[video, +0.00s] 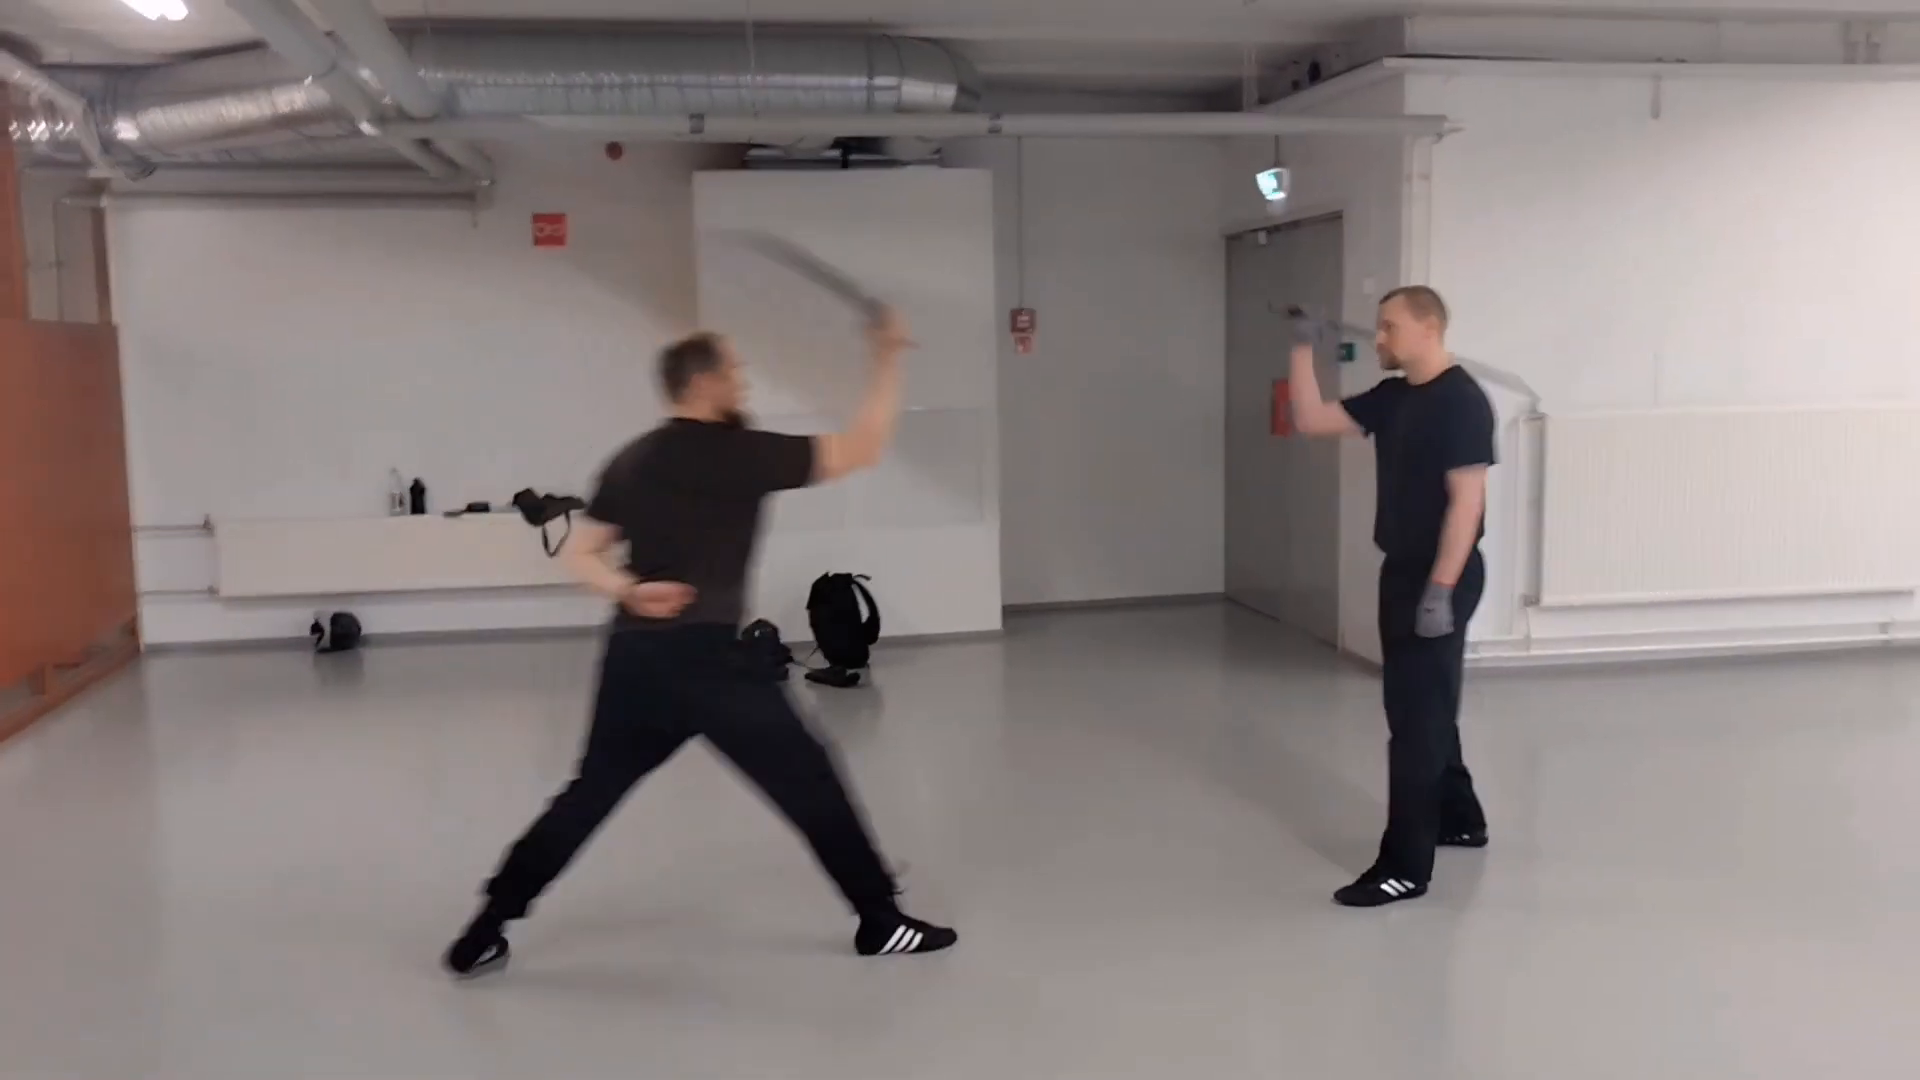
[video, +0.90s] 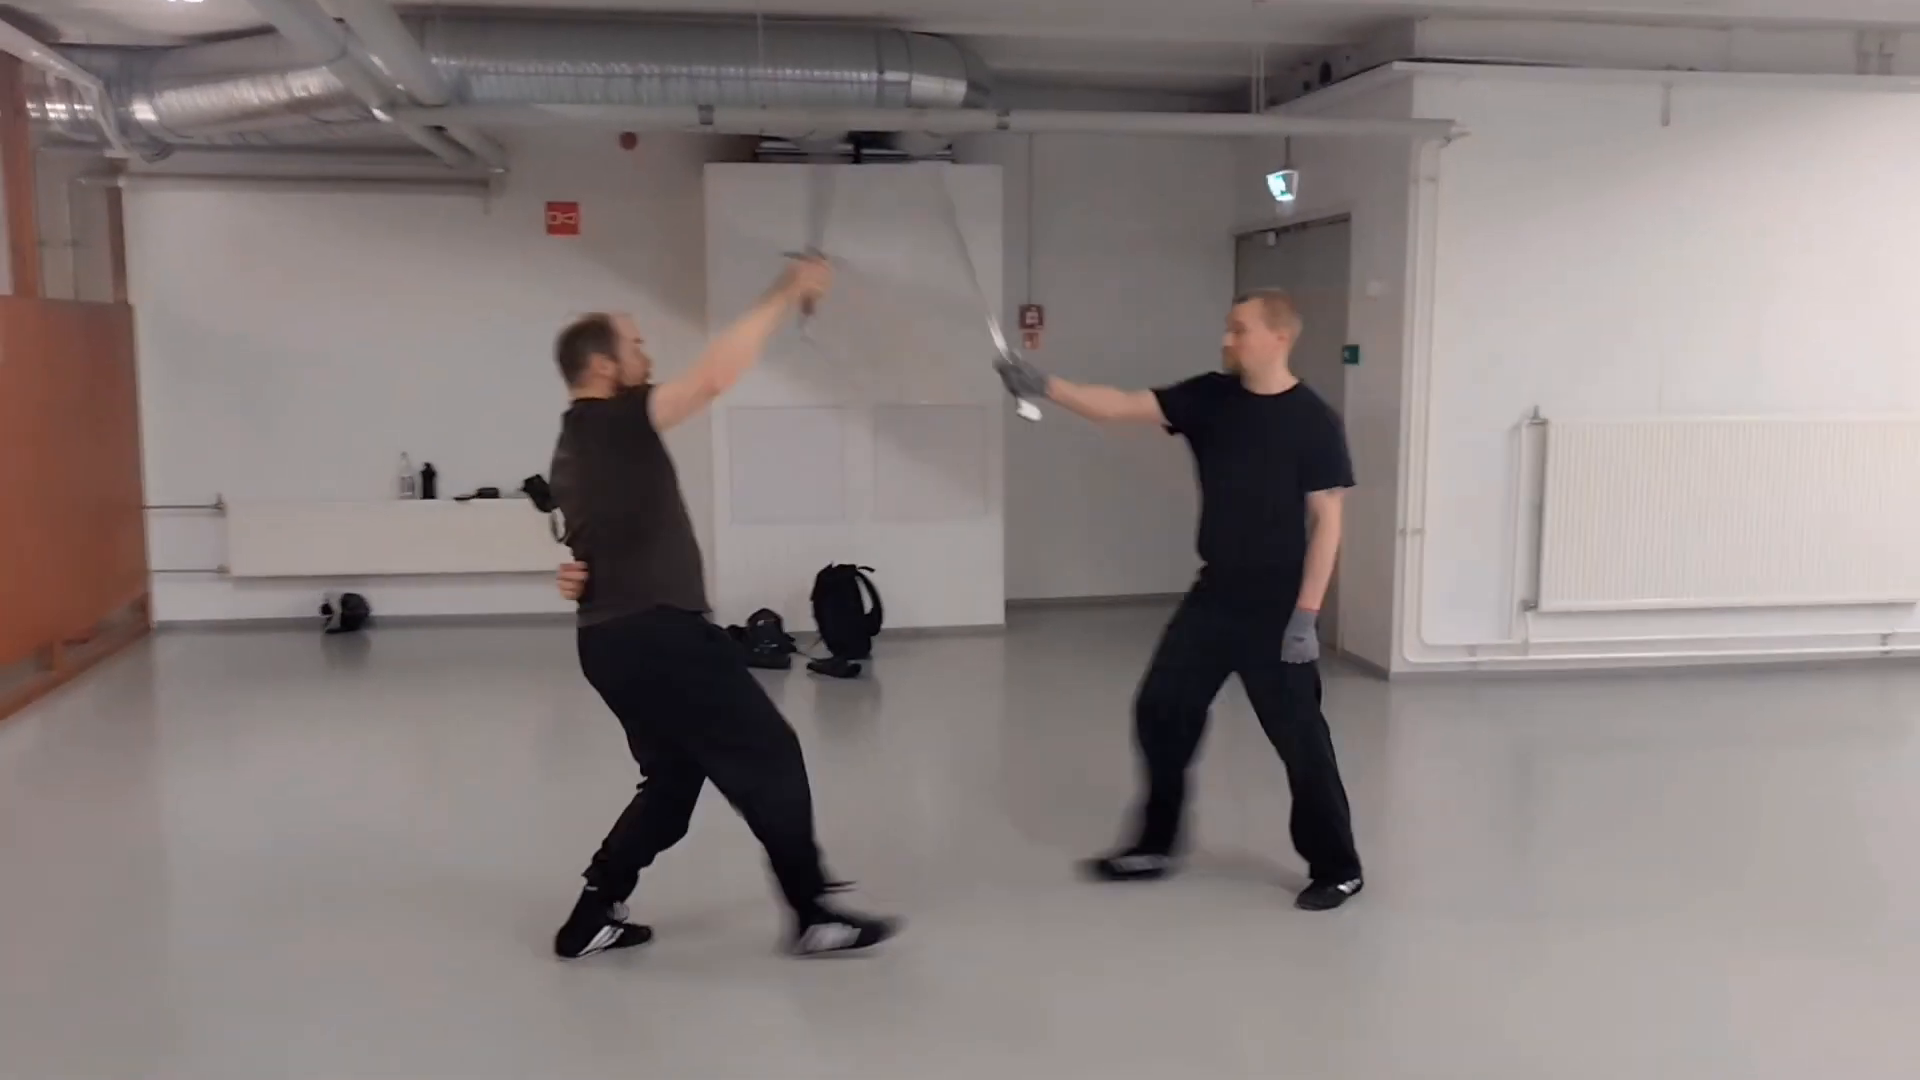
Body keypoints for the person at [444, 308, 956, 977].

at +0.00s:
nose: (741, 380)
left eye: (735, 368)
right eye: (731, 369)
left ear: (678, 386)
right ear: (704, 381)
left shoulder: (638, 459)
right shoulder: (740, 452)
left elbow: (578, 555)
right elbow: (859, 451)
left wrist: (628, 590)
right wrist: (887, 358)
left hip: (637, 662)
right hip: (714, 663)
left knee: (587, 798)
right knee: (809, 783)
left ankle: (484, 927)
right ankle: (881, 919)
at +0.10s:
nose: (796, 383)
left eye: (792, 369)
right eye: (789, 370)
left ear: (726, 384)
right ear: (766, 380)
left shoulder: (679, 453)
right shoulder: (794, 455)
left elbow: (624, 542)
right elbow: (909, 465)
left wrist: (673, 580)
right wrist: (960, 390)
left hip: (677, 656)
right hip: (763, 651)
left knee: (638, 790)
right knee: (853, 765)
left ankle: (544, 924)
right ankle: (894, 920)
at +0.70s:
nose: (745, 362)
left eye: (739, 349)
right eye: (734, 351)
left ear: (686, 372)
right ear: (704, 367)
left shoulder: (659, 446)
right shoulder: (742, 435)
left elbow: (629, 542)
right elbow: (858, 466)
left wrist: (643, 574)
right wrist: (926, 423)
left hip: (674, 647)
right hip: (743, 643)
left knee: (696, 789)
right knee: (828, 773)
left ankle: (584, 921)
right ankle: (892, 918)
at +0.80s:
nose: (694, 361)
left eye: (688, 349)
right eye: (682, 351)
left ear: (632, 371)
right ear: (650, 365)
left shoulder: (615, 442)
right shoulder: (680, 417)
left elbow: (605, 532)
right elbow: (780, 405)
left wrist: (599, 565)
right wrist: (857, 352)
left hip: (638, 644)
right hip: (696, 638)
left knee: (677, 788)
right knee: (783, 773)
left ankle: (583, 922)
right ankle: (871, 911)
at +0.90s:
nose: (648, 356)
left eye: (641, 346)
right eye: (635, 346)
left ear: (587, 370)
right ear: (599, 365)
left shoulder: (573, 444)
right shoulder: (620, 417)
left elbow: (593, 531)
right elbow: (717, 372)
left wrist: (583, 568)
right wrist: (786, 296)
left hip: (610, 638)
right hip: (660, 629)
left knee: (670, 785)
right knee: (767, 752)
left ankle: (589, 921)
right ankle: (813, 911)